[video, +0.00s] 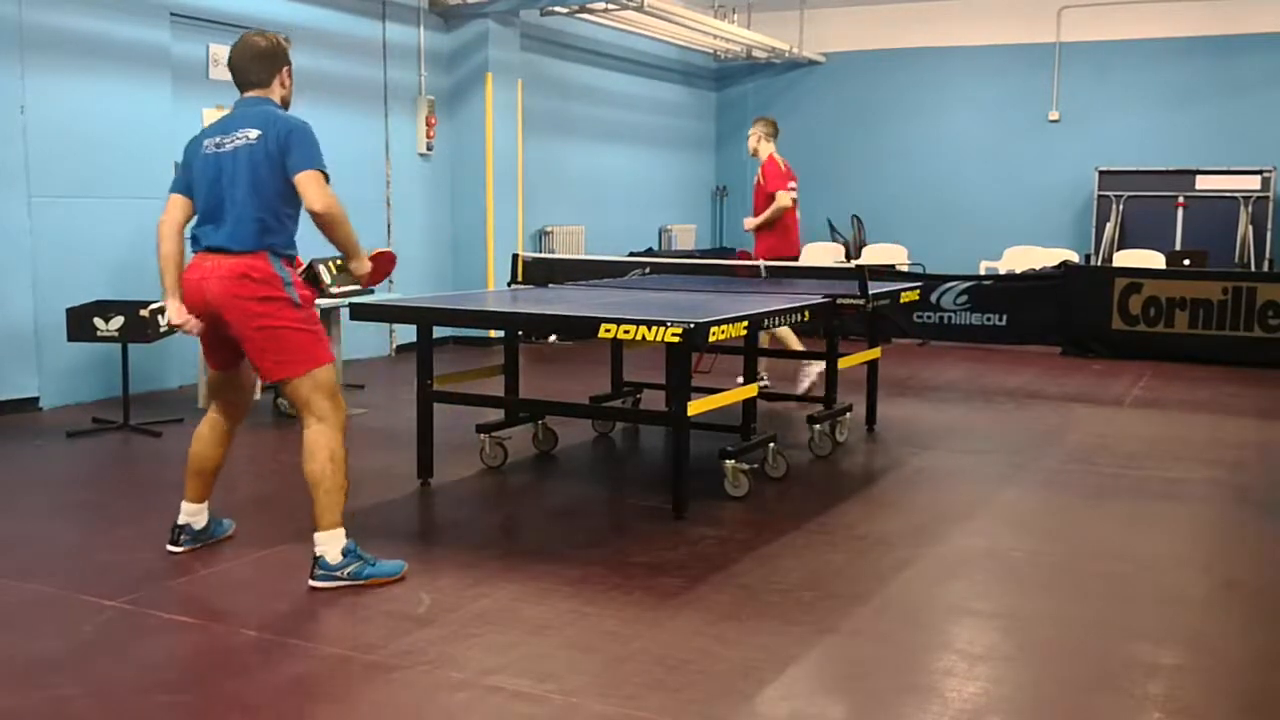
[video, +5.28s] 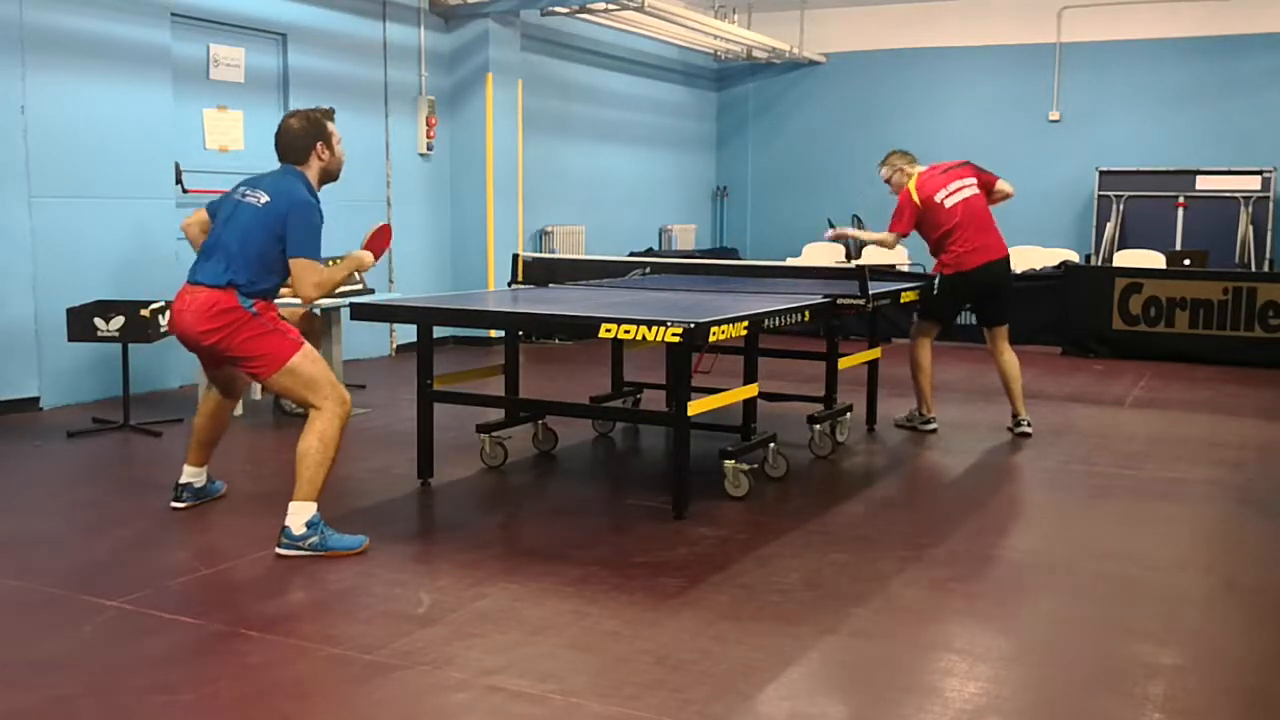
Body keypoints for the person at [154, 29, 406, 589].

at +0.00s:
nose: (293, 85)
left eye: (289, 77)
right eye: (292, 77)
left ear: (237, 82)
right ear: (282, 78)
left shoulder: (201, 140)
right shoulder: (289, 127)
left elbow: (171, 223)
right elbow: (319, 204)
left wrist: (173, 296)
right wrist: (356, 258)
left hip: (200, 280)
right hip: (258, 278)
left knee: (228, 402)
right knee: (324, 409)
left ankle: (190, 522)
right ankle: (332, 554)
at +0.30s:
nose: (261, 80)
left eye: (258, 70)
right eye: (260, 70)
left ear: (208, 72)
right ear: (247, 70)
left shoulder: (172, 127)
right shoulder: (244, 116)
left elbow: (146, 213)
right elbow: (253, 192)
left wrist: (148, 288)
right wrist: (292, 249)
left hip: (165, 270)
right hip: (214, 265)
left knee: (208, 398)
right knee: (267, 401)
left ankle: (189, 521)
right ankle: (259, 545)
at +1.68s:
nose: (290, 89)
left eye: (291, 78)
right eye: (289, 77)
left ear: (238, 70)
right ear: (266, 70)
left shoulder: (182, 119)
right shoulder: (246, 118)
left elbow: (149, 197)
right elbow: (247, 204)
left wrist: (204, 223)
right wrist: (293, 227)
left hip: (174, 267)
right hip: (227, 270)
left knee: (179, 400)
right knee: (279, 403)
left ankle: (166, 535)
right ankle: (323, 524)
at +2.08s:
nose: (345, 82)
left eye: (345, 73)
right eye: (346, 73)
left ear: (292, 68)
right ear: (334, 73)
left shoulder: (243, 113)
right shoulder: (322, 127)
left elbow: (203, 182)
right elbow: (335, 213)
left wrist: (248, 211)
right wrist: (367, 231)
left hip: (232, 261)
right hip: (290, 266)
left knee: (250, 381)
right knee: (311, 393)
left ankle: (200, 488)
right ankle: (329, 525)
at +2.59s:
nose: (340, 128)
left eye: (339, 119)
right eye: (336, 119)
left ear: (295, 120)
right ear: (315, 121)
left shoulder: (252, 152)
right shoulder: (283, 161)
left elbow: (201, 216)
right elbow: (255, 226)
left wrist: (272, 255)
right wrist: (309, 252)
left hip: (199, 278)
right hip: (233, 281)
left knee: (231, 384)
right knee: (282, 400)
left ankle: (200, 481)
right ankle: (323, 522)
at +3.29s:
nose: (355, 194)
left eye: (355, 184)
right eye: (353, 184)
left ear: (304, 183)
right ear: (333, 186)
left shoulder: (258, 206)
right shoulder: (298, 214)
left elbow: (191, 239)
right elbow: (287, 299)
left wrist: (240, 299)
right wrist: (334, 299)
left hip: (170, 309)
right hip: (208, 312)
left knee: (223, 385)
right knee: (319, 396)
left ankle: (195, 483)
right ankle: (299, 524)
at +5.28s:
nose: (340, 151)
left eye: (337, 142)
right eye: (336, 143)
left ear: (291, 152)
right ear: (321, 151)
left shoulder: (252, 185)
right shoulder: (302, 200)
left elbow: (194, 226)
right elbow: (311, 287)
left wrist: (235, 272)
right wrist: (351, 264)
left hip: (187, 309)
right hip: (230, 313)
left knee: (227, 385)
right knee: (332, 402)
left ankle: (191, 481)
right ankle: (301, 525)